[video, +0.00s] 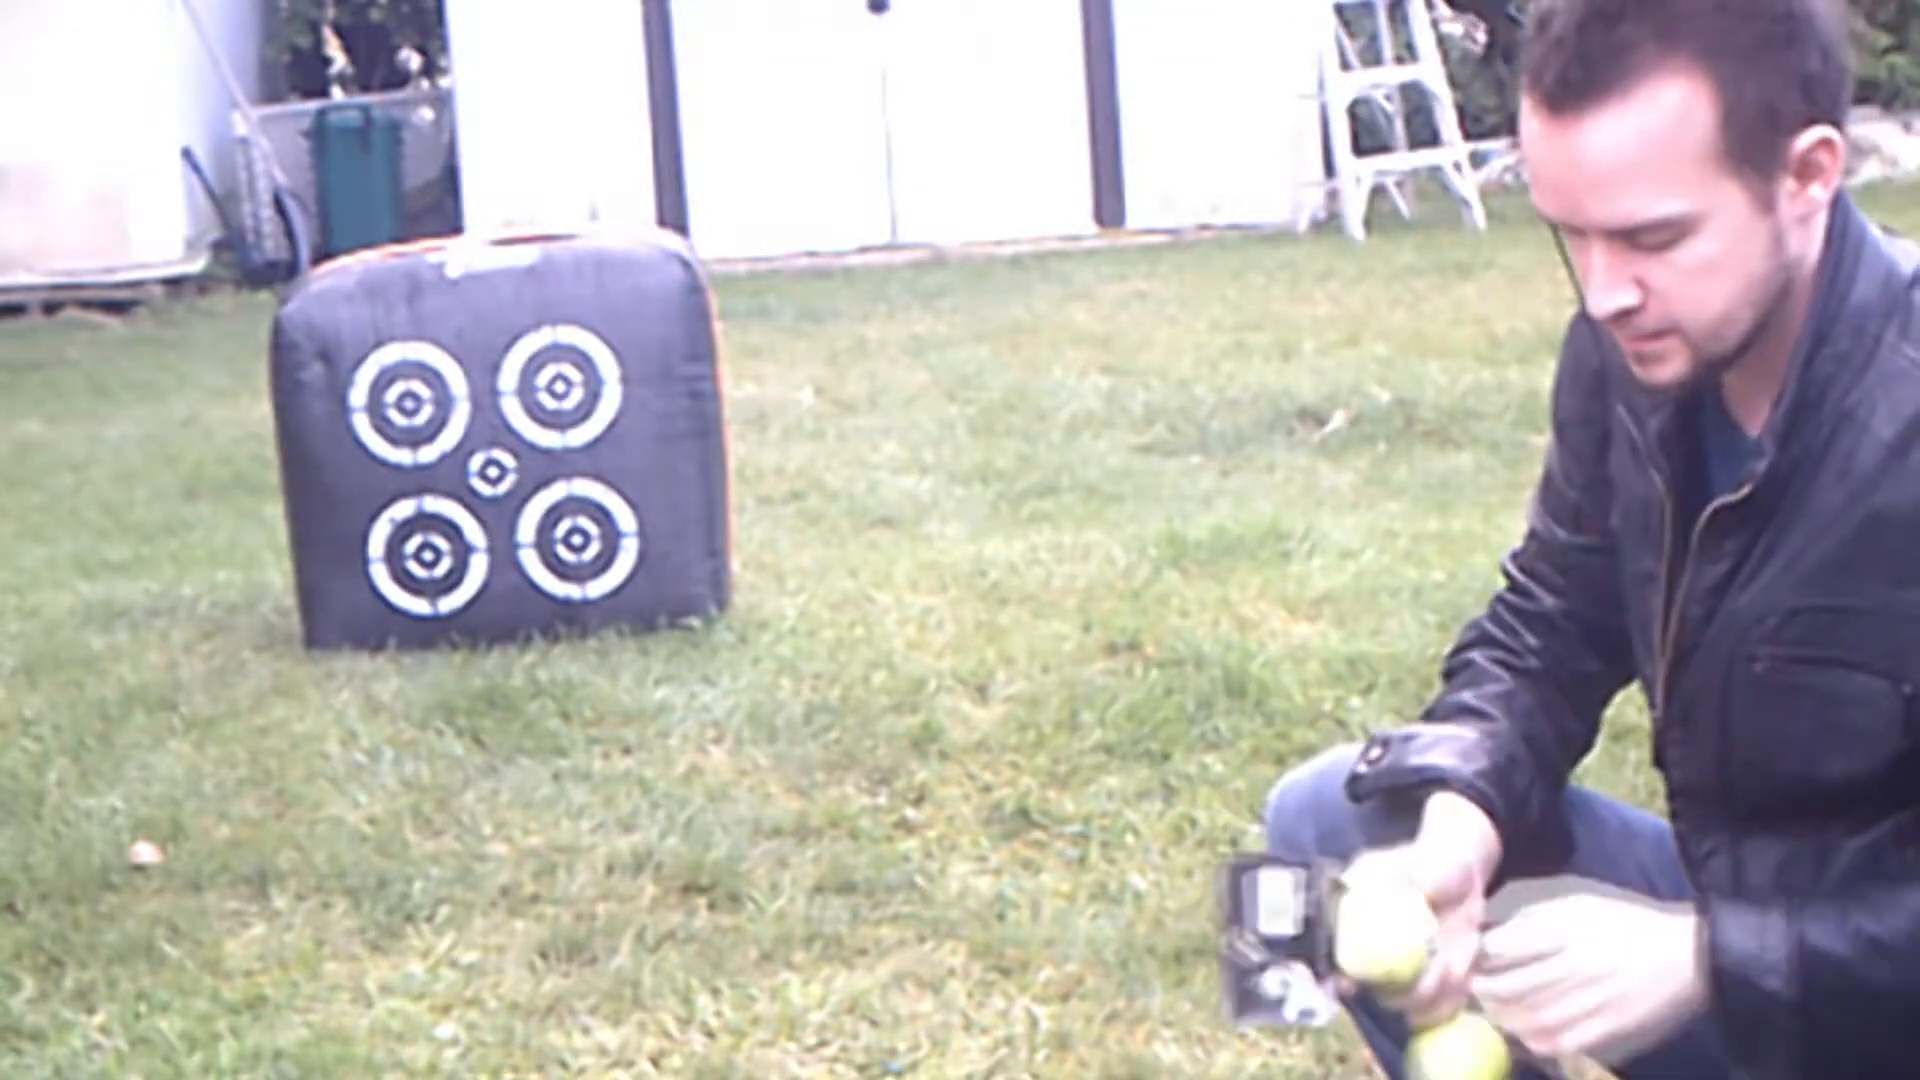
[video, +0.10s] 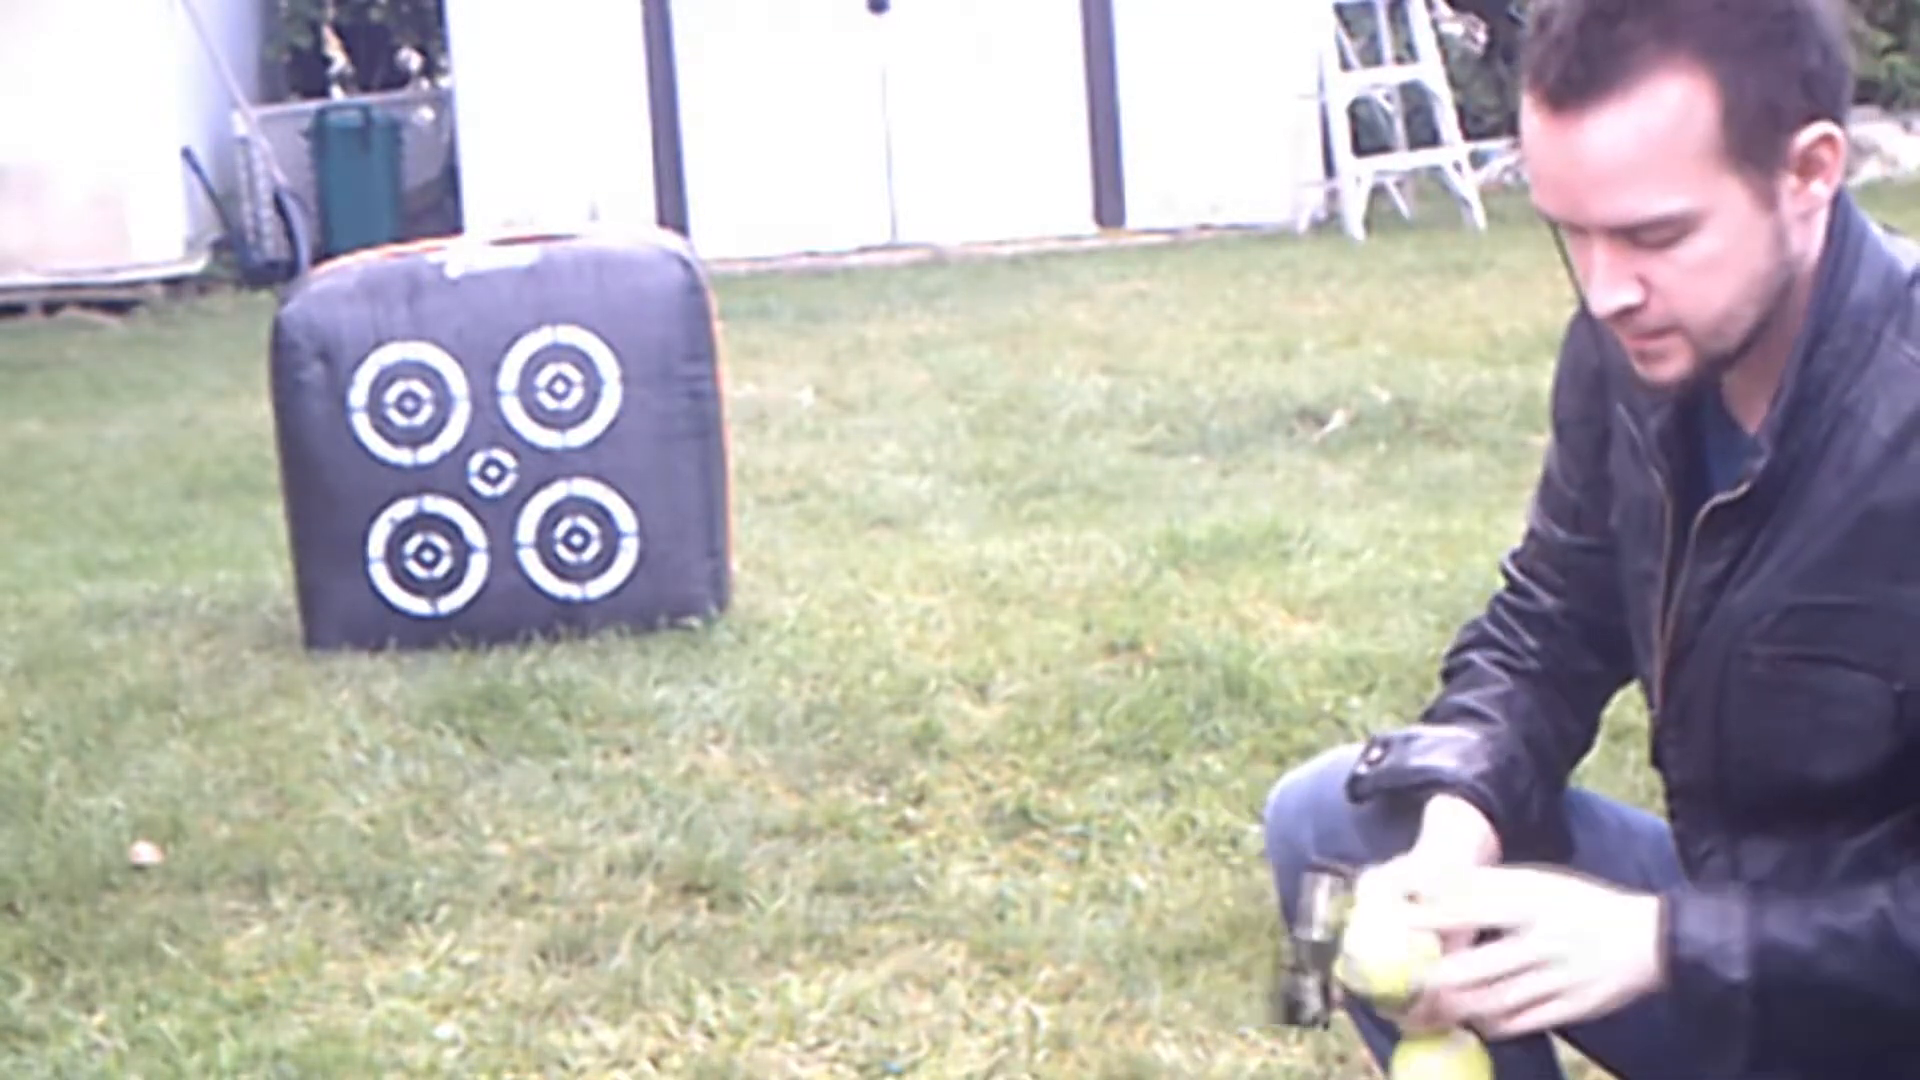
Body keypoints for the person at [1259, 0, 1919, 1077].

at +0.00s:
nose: (1605, 296)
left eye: (1653, 239)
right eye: (1571, 237)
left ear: (1809, 184)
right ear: (1545, 197)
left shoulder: (1899, 423)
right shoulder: (1622, 349)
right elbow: (1553, 617)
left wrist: (1715, 953)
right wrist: (1464, 807)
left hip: (1877, 1005)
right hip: (1717, 905)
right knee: (1336, 813)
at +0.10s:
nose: (1606, 294)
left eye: (1655, 238)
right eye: (1571, 235)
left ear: (1811, 179)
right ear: (1545, 195)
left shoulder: (1900, 421)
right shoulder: (1622, 349)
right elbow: (1551, 616)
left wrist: (1668, 939)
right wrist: (1461, 823)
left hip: (1876, 1019)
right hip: (1710, 925)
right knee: (1336, 817)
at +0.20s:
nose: (1605, 293)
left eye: (1653, 236)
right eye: (1569, 234)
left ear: (1809, 177)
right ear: (1543, 194)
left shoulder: (1899, 418)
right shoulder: (1621, 347)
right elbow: (1553, 613)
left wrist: (1652, 950)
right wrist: (1460, 826)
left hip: (1878, 1012)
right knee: (1333, 820)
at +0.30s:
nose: (1599, 297)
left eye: (1646, 240)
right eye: (1562, 239)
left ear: (1801, 180)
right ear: (1538, 198)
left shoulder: (1899, 417)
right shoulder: (1617, 349)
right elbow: (1552, 612)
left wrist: (1660, 970)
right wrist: (1464, 813)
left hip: (1877, 992)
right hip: (1706, 905)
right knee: (1332, 820)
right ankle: (1500, 1063)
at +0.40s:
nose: (1593, 301)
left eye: (1641, 242)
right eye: (1557, 243)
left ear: (1795, 180)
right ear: (1533, 198)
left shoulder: (1899, 418)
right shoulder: (1613, 350)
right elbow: (1547, 616)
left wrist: (1670, 989)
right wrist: (1458, 826)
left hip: (1878, 982)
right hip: (1704, 907)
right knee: (1332, 821)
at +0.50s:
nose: (1593, 302)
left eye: (1640, 243)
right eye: (1555, 246)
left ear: (1792, 180)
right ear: (1530, 203)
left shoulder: (1898, 420)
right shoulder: (1609, 353)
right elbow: (1547, 620)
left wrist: (1678, 1017)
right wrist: (1457, 824)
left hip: (1878, 983)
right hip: (1705, 910)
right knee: (1331, 822)